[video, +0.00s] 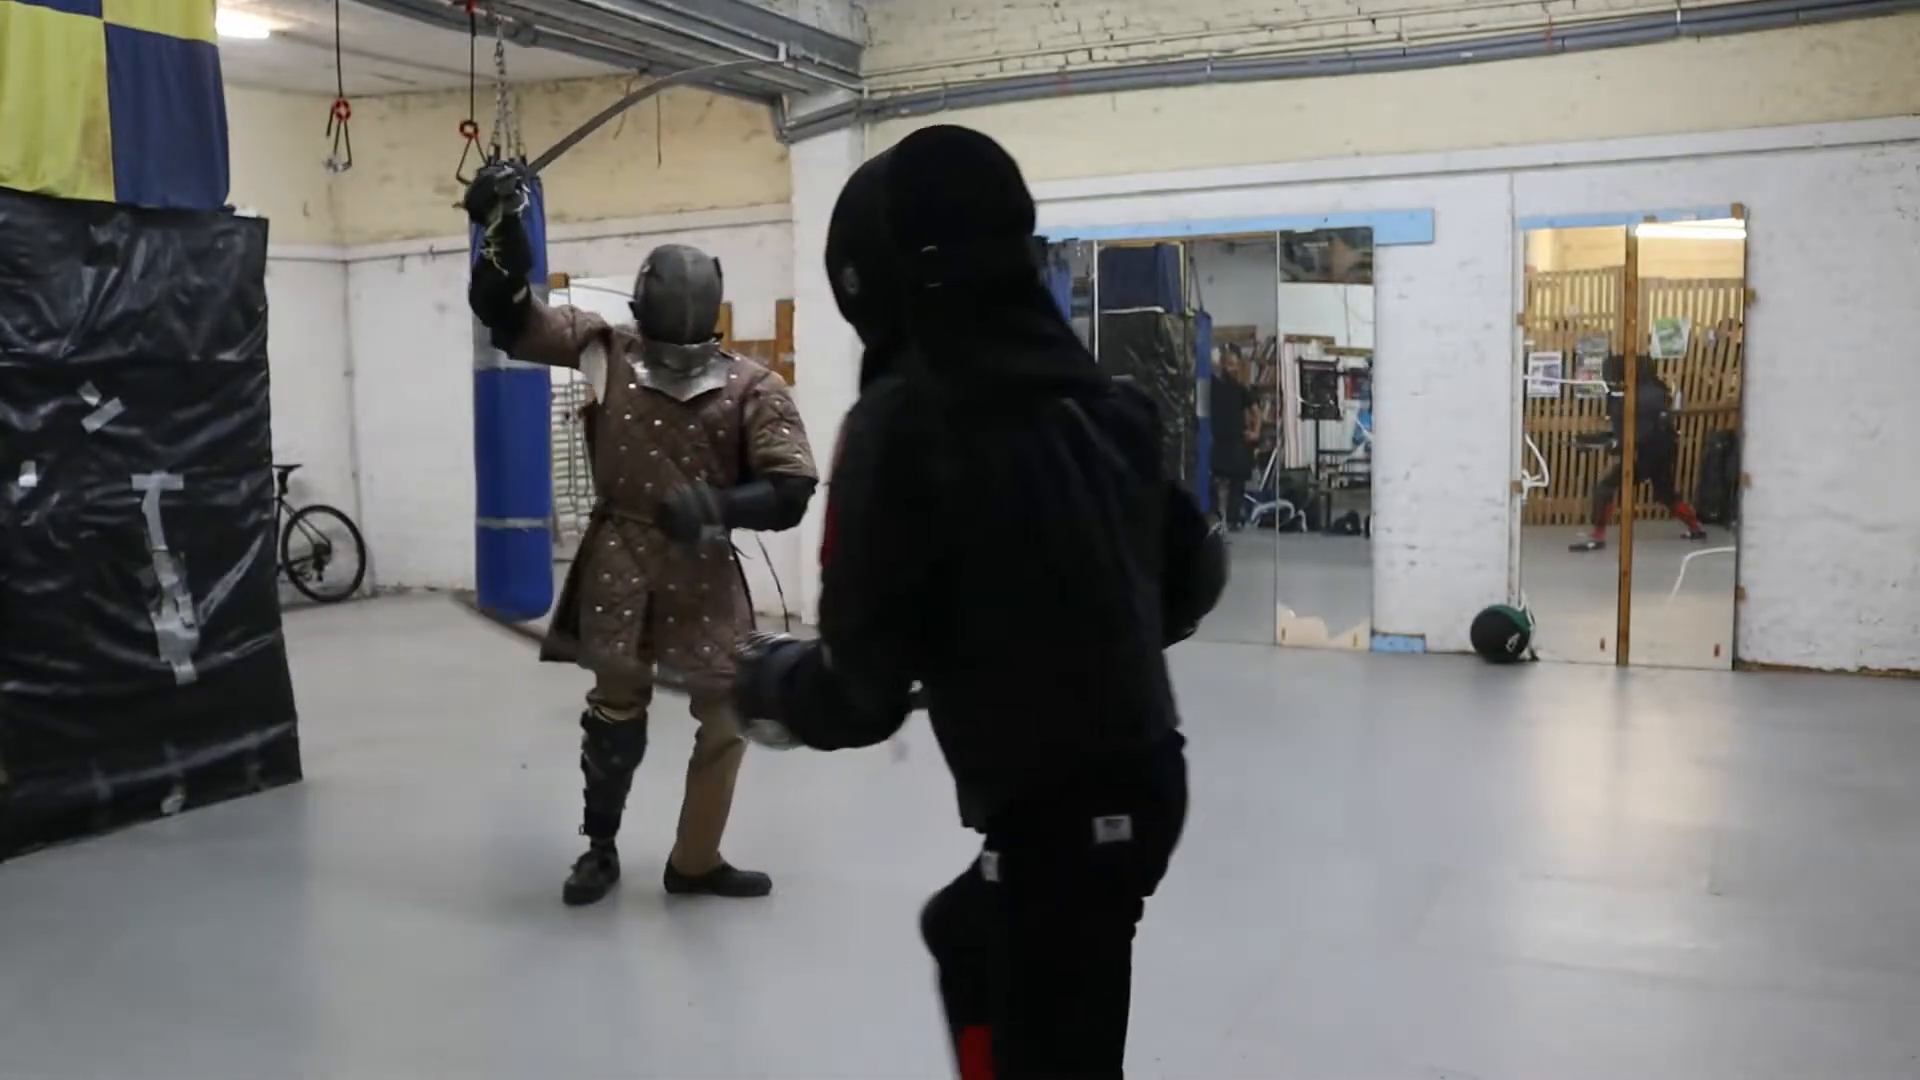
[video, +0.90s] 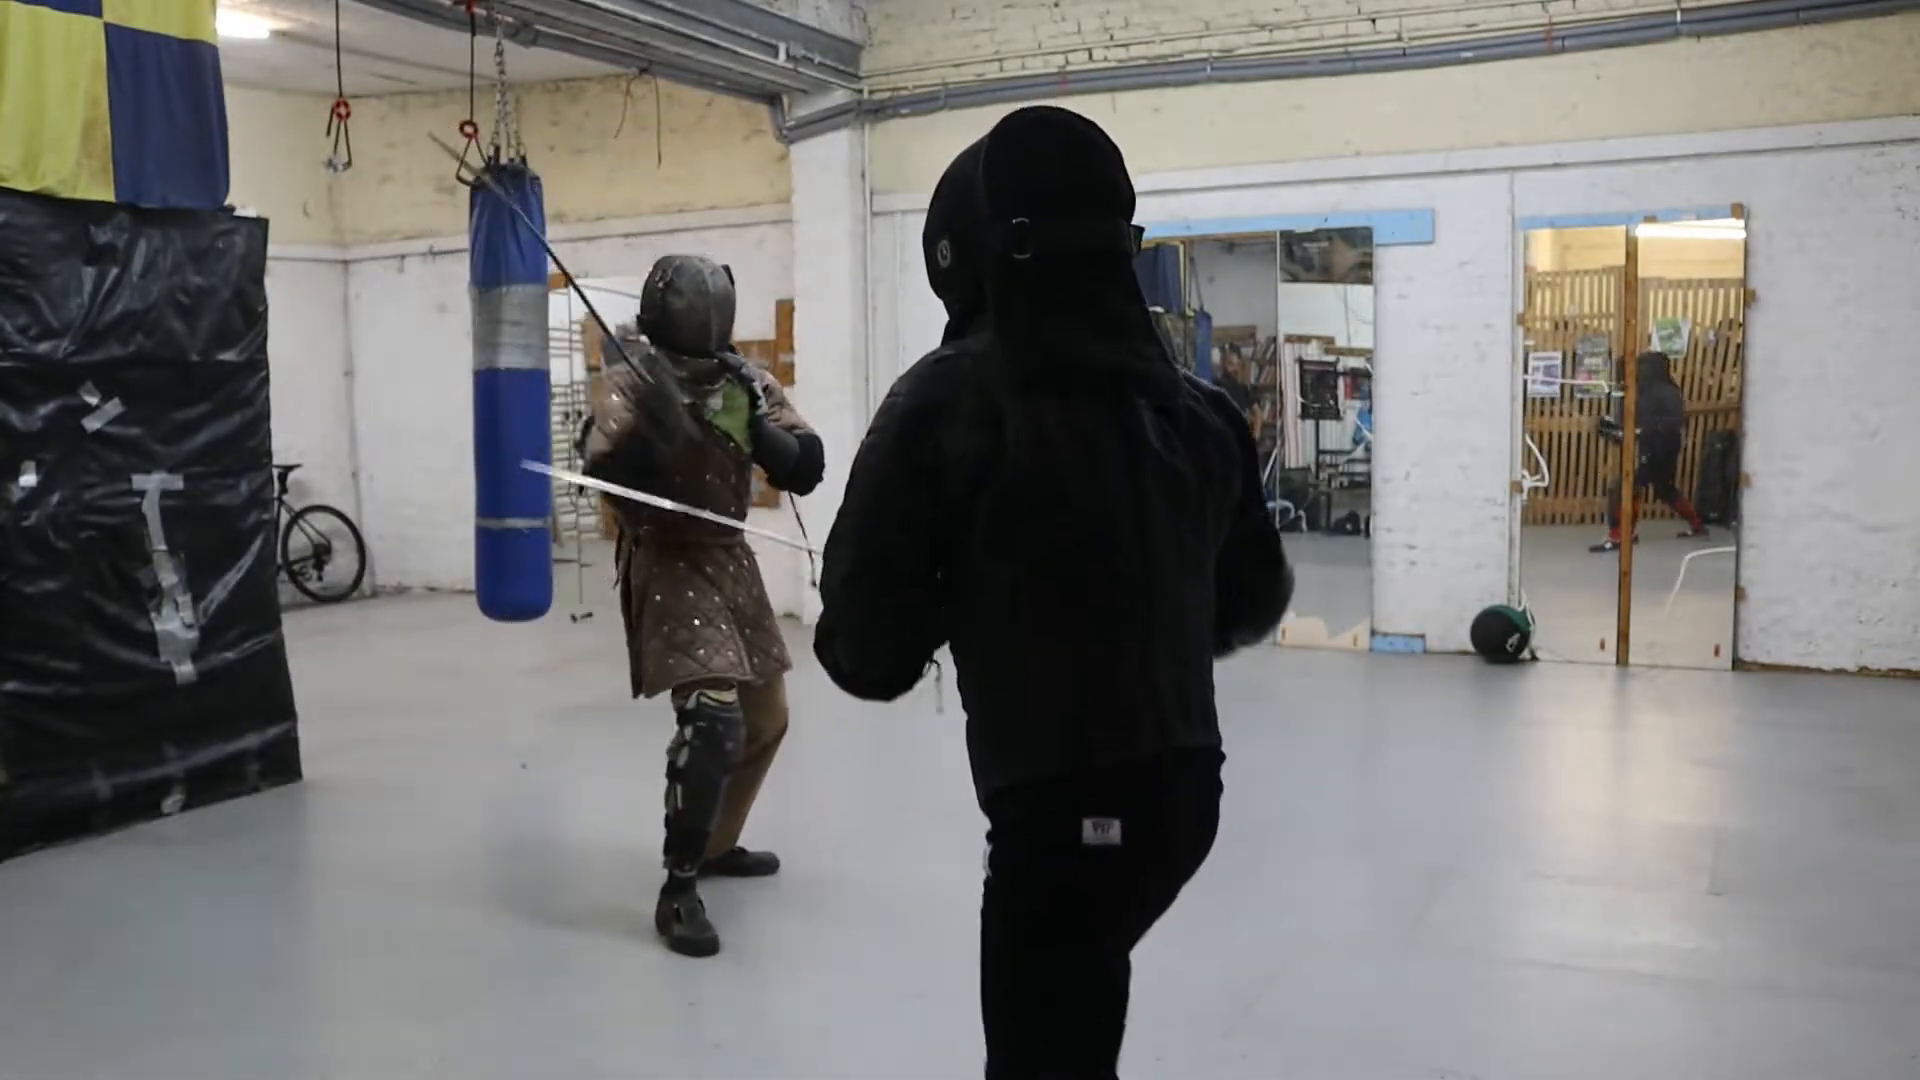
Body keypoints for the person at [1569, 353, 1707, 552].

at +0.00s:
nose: (1610, 383)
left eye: (1613, 379)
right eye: (1609, 379)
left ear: (1624, 377)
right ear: (1645, 372)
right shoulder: (1658, 389)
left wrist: (1619, 446)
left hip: (1644, 454)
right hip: (1662, 451)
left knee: (1604, 488)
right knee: (1665, 493)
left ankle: (1597, 536)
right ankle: (1696, 529)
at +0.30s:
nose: (1612, 379)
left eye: (1614, 374)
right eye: (1611, 374)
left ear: (1628, 374)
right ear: (1651, 369)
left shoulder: (1630, 396)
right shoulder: (1662, 389)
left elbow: (1622, 431)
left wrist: (1602, 423)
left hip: (1644, 453)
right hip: (1666, 449)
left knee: (1611, 489)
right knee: (1670, 485)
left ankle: (1617, 535)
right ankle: (1695, 526)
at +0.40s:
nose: (1610, 376)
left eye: (1614, 370)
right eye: (1610, 370)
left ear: (1628, 371)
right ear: (1649, 368)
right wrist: (1594, 418)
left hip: (1645, 453)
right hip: (1664, 449)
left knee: (1611, 489)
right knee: (1669, 486)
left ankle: (1618, 536)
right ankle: (1695, 526)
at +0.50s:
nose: (1610, 377)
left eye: (1613, 371)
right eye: (1610, 371)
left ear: (1626, 372)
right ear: (1649, 368)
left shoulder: (1627, 397)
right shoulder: (1660, 390)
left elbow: (1604, 413)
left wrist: (1577, 412)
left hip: (1641, 455)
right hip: (1664, 450)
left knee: (1610, 489)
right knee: (1668, 488)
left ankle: (1618, 536)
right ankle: (1694, 526)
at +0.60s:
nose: (1610, 378)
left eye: (1613, 374)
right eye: (1610, 374)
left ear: (1625, 374)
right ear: (1651, 368)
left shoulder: (1623, 397)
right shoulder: (1661, 392)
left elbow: (1597, 417)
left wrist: (1579, 410)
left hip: (1639, 456)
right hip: (1663, 452)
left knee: (1610, 489)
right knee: (1668, 488)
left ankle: (1618, 536)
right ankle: (1694, 523)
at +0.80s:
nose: (1626, 378)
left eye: (1632, 373)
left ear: (1640, 371)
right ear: (1659, 369)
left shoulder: (1636, 397)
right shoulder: (1669, 391)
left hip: (1645, 452)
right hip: (1664, 449)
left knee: (1614, 491)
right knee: (1662, 487)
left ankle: (1618, 536)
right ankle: (1692, 520)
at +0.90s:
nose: (1637, 375)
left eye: (1641, 370)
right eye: (1639, 370)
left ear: (1647, 371)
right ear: (1662, 370)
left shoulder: (1650, 392)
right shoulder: (1670, 389)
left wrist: (1641, 431)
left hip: (1653, 447)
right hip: (1668, 445)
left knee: (1622, 487)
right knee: (1664, 488)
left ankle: (1619, 535)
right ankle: (1696, 524)